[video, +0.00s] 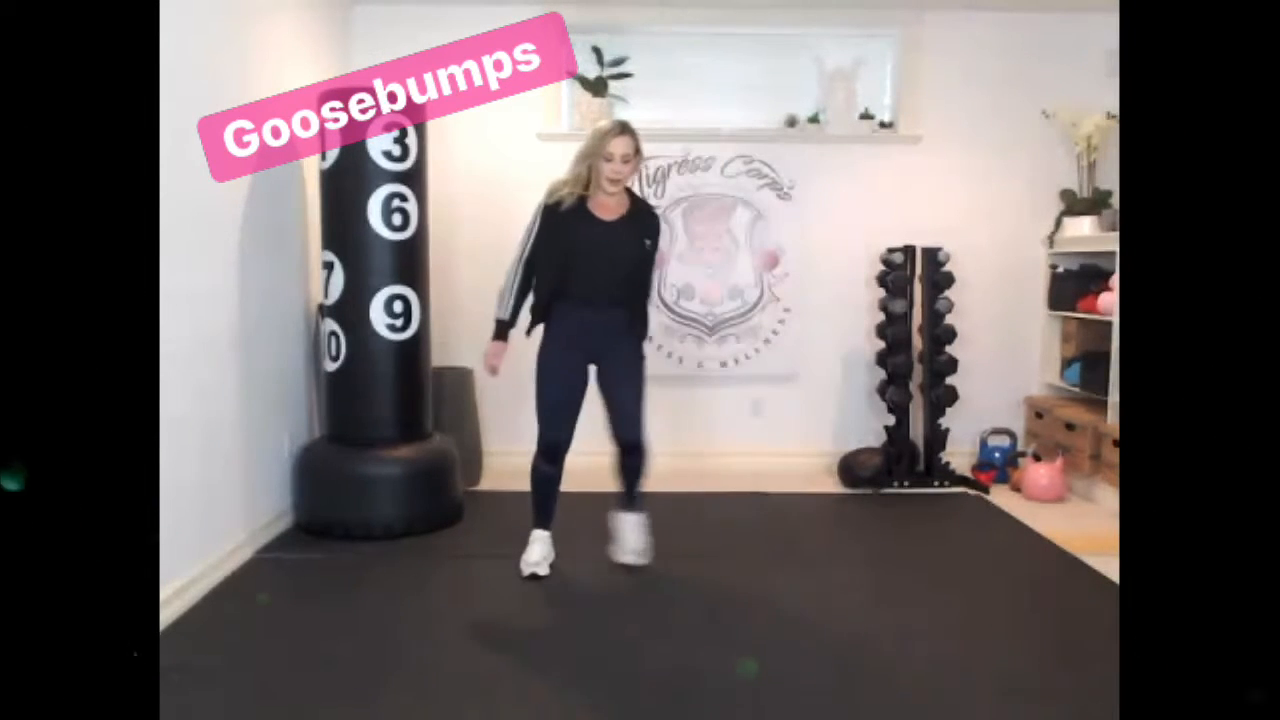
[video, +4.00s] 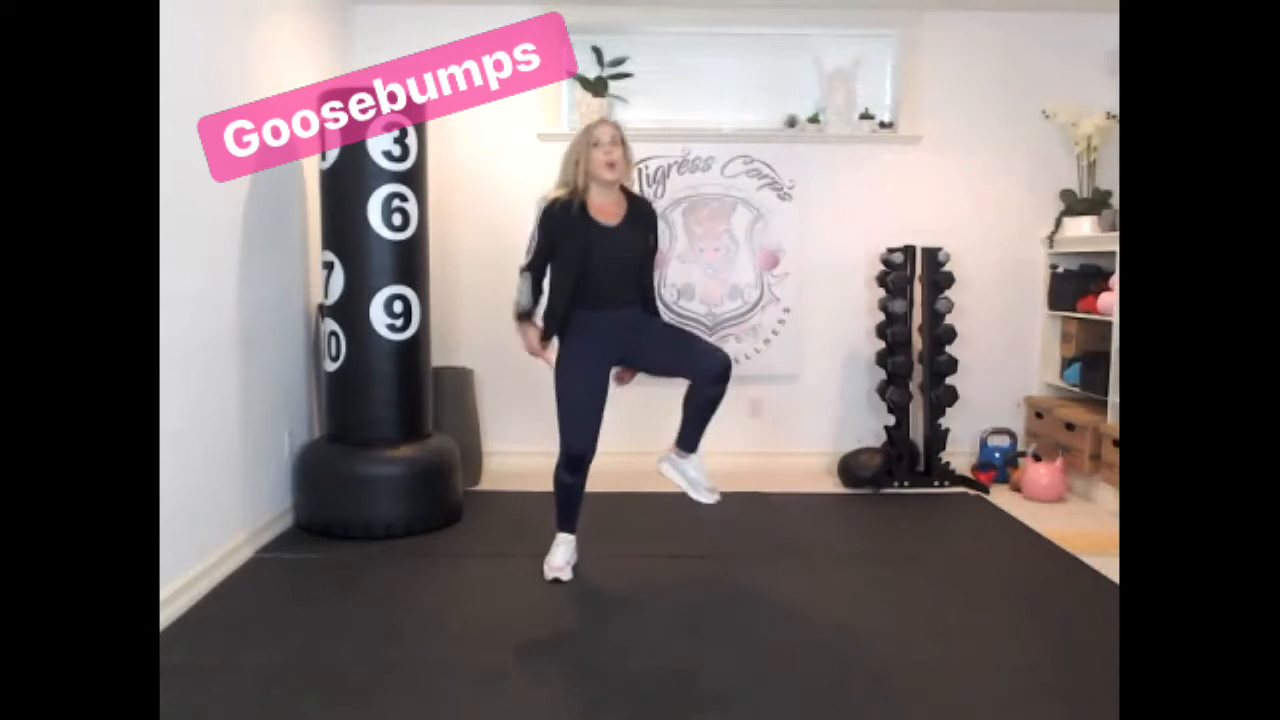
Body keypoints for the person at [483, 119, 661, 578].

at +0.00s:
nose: (619, 168)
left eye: (628, 160)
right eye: (610, 158)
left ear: (637, 164)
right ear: (593, 159)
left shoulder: (646, 218)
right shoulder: (560, 209)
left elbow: (643, 282)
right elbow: (526, 268)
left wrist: (636, 334)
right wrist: (501, 333)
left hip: (621, 337)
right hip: (563, 335)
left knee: (630, 437)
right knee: (553, 440)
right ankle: (541, 535)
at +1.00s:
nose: (707, 174)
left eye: (714, 164)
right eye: (697, 167)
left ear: (726, 164)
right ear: (683, 171)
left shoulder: (747, 215)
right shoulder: (662, 220)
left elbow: (778, 281)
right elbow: (647, 286)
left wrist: (775, 343)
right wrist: (635, 351)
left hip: (732, 342)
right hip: (675, 343)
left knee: (738, 447)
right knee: (663, 442)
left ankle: (743, 538)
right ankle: (691, 514)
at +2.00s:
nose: (584, 177)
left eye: (588, 169)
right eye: (574, 170)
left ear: (592, 171)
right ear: (551, 173)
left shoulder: (598, 222)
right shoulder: (526, 225)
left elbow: (602, 289)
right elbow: (507, 294)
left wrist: (611, 337)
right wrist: (511, 365)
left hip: (603, 336)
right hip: (555, 347)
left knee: (694, 325)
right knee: (556, 456)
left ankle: (721, 435)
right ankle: (540, 541)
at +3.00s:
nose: (707, 153)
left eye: (717, 147)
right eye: (699, 146)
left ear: (733, 159)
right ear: (688, 156)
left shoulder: (748, 211)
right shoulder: (671, 211)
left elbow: (776, 282)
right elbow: (666, 281)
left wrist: (768, 354)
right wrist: (643, 345)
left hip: (725, 334)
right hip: (673, 326)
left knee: (728, 449)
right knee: (587, 340)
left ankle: (735, 542)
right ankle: (571, 454)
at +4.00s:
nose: (611, 153)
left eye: (616, 145)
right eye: (600, 146)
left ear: (627, 155)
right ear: (582, 156)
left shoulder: (642, 212)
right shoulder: (560, 213)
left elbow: (645, 284)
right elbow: (532, 271)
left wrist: (636, 352)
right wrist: (525, 320)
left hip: (636, 328)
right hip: (581, 335)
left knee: (714, 365)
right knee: (577, 451)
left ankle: (682, 456)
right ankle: (565, 538)